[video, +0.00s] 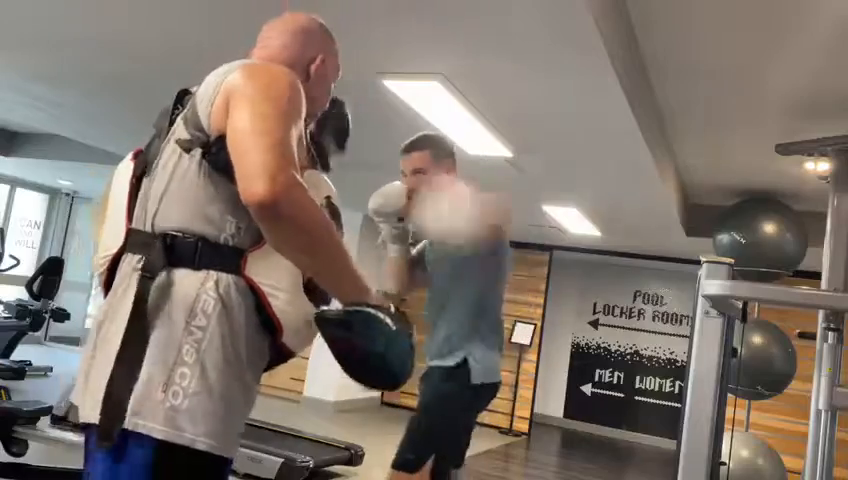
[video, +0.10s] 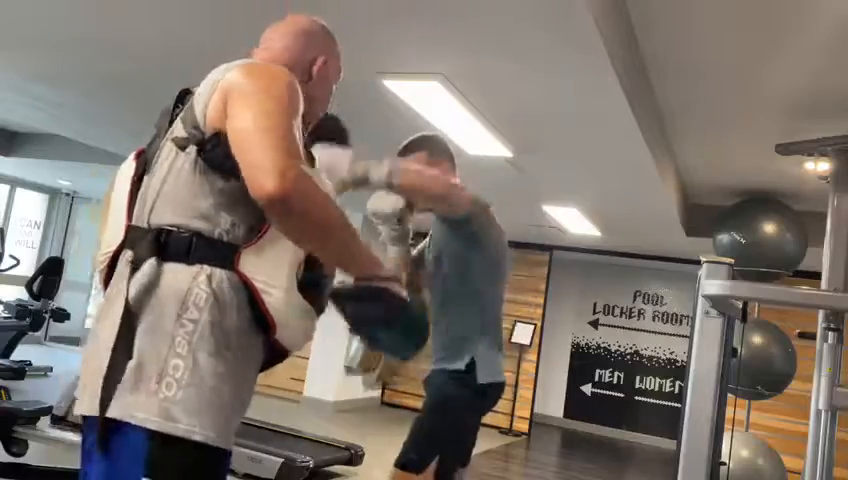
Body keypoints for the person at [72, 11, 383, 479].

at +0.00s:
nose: (328, 101)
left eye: (334, 86)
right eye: (333, 82)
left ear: (264, 45)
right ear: (319, 63)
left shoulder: (208, 94)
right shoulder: (266, 79)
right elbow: (269, 190)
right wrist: (360, 298)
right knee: (170, 464)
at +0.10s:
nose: (328, 100)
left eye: (333, 87)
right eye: (332, 84)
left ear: (265, 47)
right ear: (318, 65)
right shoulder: (263, 79)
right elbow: (277, 185)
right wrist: (370, 271)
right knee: (169, 467)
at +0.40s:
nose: (313, 76)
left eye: (319, 68)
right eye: (317, 64)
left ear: (241, 26)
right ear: (303, 47)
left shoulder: (172, 81)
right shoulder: (269, 80)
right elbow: (406, 187)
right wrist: (409, 129)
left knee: (86, 464)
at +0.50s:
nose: (315, 62)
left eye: (320, 52)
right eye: (318, 49)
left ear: (236, 18)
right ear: (303, 36)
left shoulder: (160, 70)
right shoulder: (272, 71)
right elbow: (410, 181)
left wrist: (301, 96)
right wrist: (392, 97)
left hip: (85, 306)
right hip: (170, 330)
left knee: (77, 460)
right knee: (145, 465)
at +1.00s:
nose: (316, 80)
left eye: (321, 66)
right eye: (320, 63)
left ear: (233, 27)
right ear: (299, 46)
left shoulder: (159, 78)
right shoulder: (284, 104)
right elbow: (360, 237)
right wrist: (380, 182)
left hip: (55, 332)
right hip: (140, 357)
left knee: (52, 462)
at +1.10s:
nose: (307, 77)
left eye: (313, 63)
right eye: (311, 59)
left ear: (223, 23)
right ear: (291, 42)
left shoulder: (143, 73)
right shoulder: (266, 100)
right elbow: (367, 252)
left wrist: (295, 111)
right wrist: (398, 172)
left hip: (57, 330)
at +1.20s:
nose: (305, 69)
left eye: (312, 51)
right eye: (311, 49)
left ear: (223, 12)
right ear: (290, 33)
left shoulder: (141, 64)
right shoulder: (244, 85)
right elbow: (344, 251)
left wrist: (299, 148)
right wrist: (377, 132)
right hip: (137, 355)